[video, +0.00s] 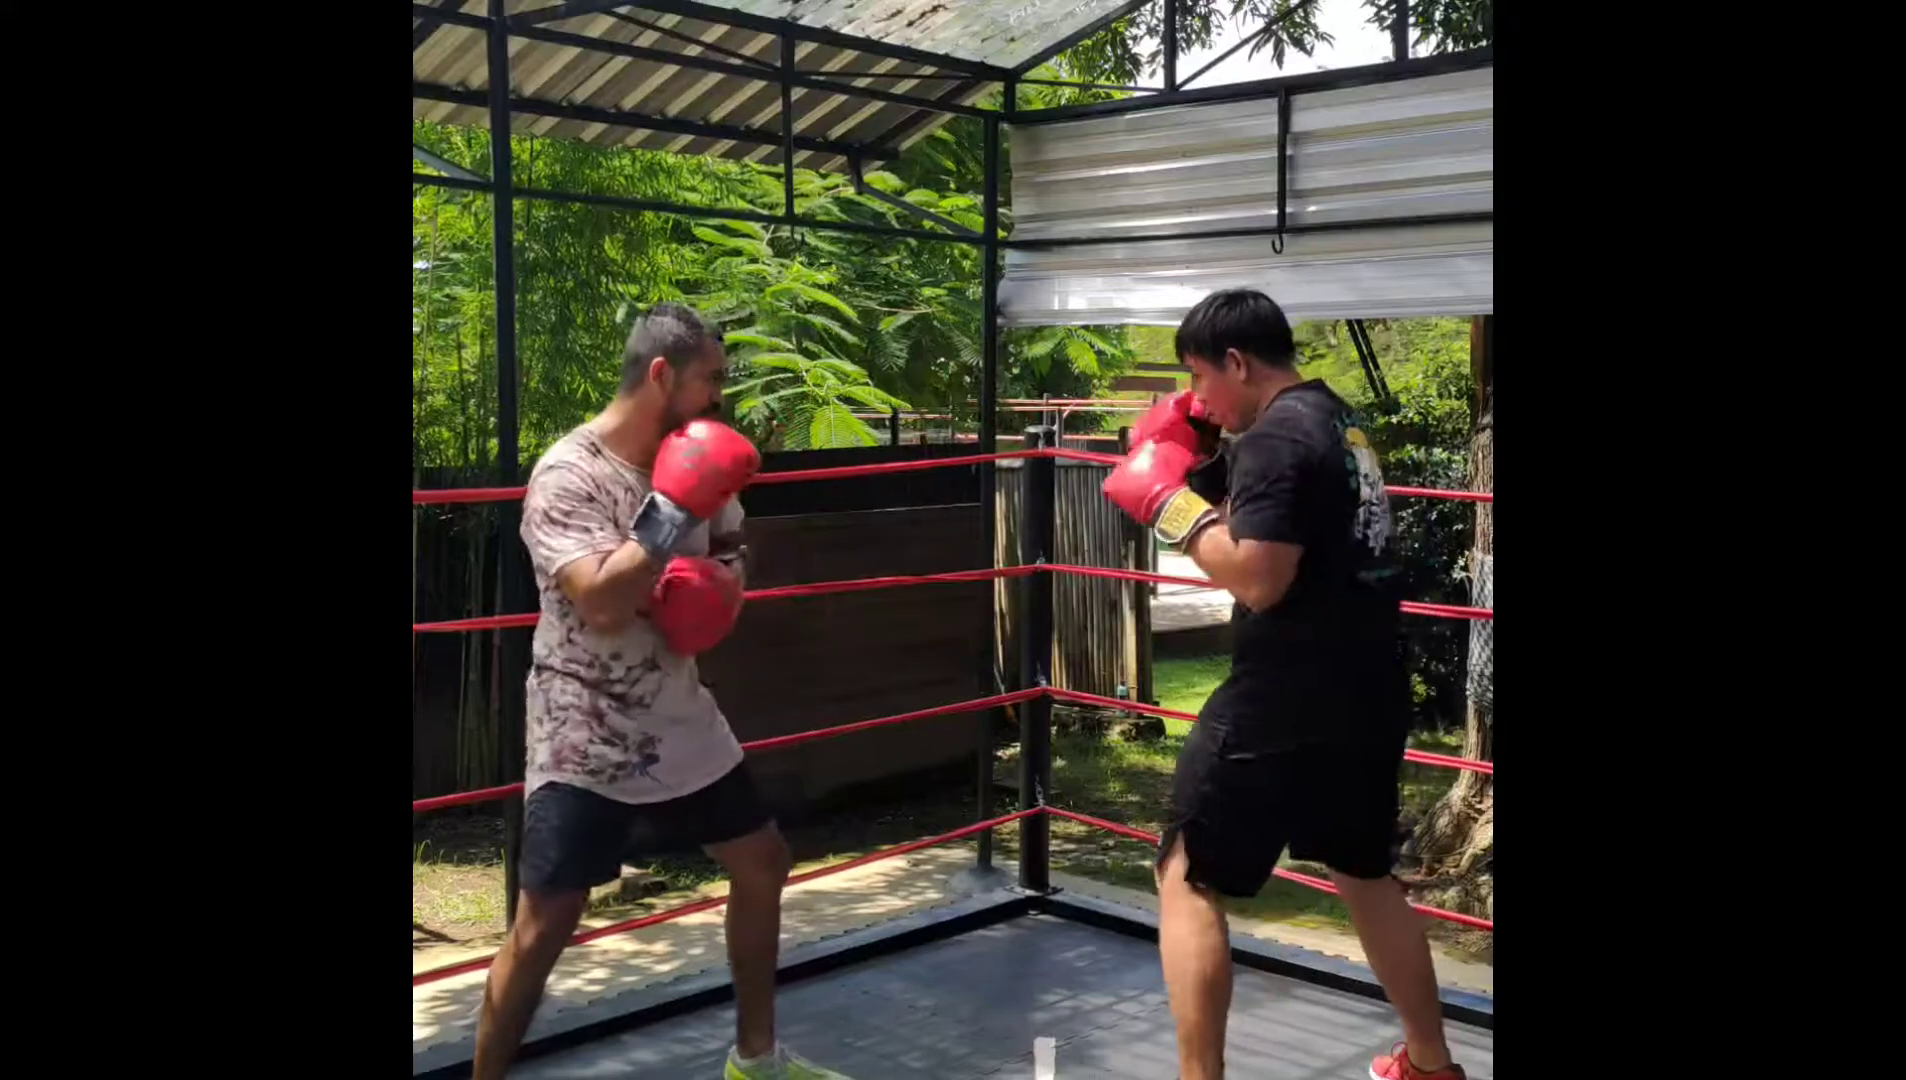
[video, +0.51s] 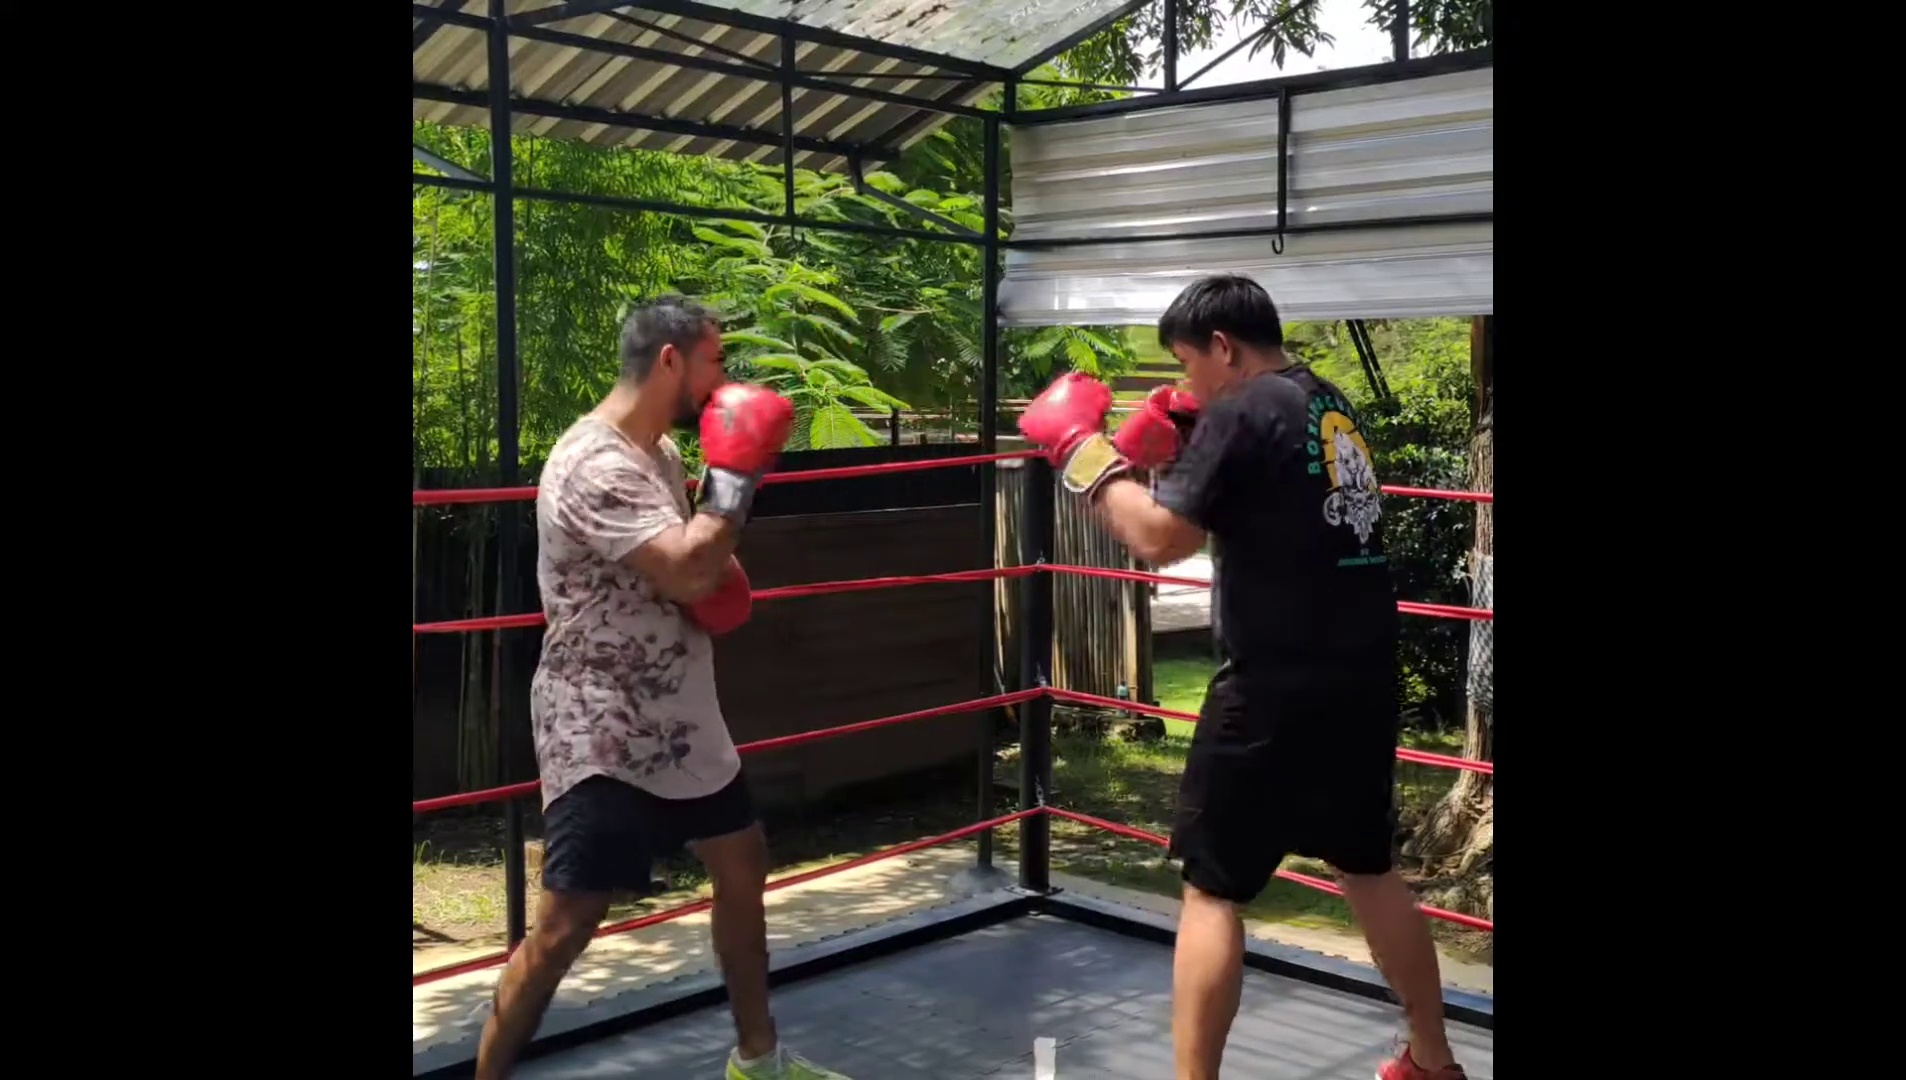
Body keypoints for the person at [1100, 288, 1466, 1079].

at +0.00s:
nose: (1196, 399)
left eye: (1198, 378)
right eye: (1192, 381)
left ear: (1237, 366)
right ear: (1265, 361)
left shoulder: (1276, 435)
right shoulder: (1331, 416)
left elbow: (1259, 577)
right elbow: (1285, 528)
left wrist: (1173, 509)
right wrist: (1202, 464)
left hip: (1280, 697)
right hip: (1365, 695)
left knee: (1187, 877)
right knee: (1368, 872)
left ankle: (1200, 1071)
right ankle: (1430, 1059)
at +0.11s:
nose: (1174, 388)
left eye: (1173, 369)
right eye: (1167, 373)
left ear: (1212, 354)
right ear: (1258, 348)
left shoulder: (1232, 420)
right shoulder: (1331, 408)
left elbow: (1177, 532)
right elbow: (1281, 511)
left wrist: (1102, 480)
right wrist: (1186, 460)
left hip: (1251, 690)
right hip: (1351, 690)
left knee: (1180, 877)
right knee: (1368, 871)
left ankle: (1179, 1070)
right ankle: (1425, 1051)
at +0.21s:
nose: (1153, 377)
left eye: (1154, 361)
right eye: (1148, 363)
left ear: (1190, 348)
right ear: (1245, 339)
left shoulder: (1197, 410)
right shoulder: (1327, 399)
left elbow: (1057, 444)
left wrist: (945, 410)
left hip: (1245, 681)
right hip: (1352, 681)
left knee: (1180, 872)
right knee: (1366, 860)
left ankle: (1177, 1072)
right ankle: (1420, 1048)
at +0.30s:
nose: (1154, 376)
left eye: (1154, 360)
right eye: (1149, 362)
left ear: (1187, 347)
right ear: (1240, 338)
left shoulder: (1191, 405)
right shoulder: (1326, 396)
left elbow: (1039, 429)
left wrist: (930, 398)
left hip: (1244, 681)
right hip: (1350, 676)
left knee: (1180, 875)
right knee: (1363, 853)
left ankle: (1179, 1074)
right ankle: (1426, 1038)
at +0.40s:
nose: (1168, 383)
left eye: (1168, 365)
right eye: (1163, 367)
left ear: (1201, 346)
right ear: (1244, 342)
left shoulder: (1208, 406)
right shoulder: (1323, 398)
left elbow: (1079, 475)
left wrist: (980, 432)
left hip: (1253, 680)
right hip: (1352, 678)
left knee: (1187, 871)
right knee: (1362, 852)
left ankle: (1182, 1069)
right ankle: (1434, 1038)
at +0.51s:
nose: (1183, 386)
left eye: (1182, 367)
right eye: (1175, 371)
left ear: (1224, 347)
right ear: (1265, 343)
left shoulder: (1242, 414)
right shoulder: (1328, 402)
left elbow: (1157, 537)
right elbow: (1274, 516)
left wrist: (1087, 461)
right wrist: (1184, 456)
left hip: (1269, 687)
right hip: (1360, 683)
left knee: (1213, 889)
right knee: (1370, 869)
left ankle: (1195, 1072)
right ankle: (1434, 1056)